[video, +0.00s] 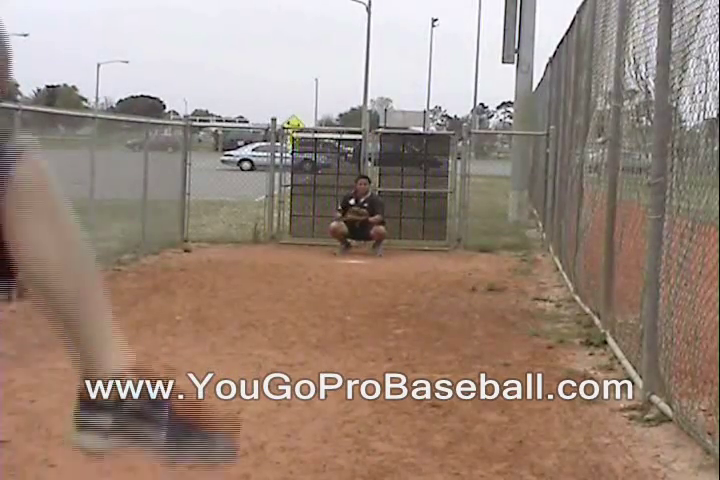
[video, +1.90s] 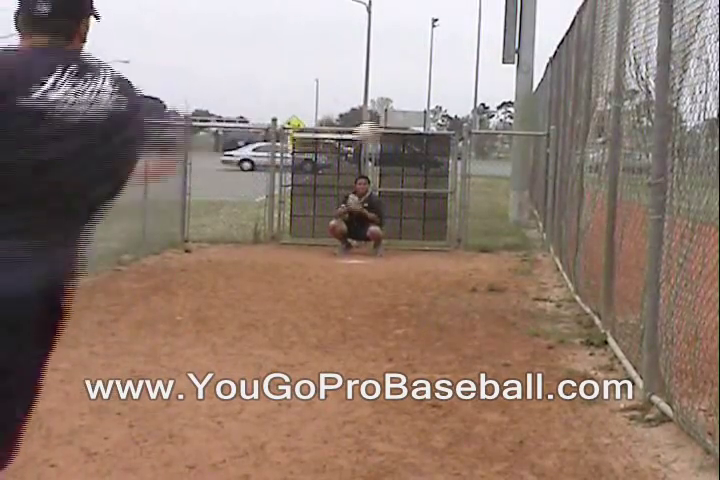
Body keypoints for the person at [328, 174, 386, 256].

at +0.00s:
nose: (362, 187)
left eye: (365, 184)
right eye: (360, 184)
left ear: (369, 186)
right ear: (355, 186)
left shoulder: (375, 200)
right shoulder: (348, 198)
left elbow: (380, 217)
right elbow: (338, 213)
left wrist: (366, 219)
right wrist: (347, 218)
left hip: (367, 227)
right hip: (351, 226)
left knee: (380, 230)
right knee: (334, 227)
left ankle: (376, 245)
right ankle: (345, 244)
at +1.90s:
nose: (362, 187)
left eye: (364, 184)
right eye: (359, 184)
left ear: (368, 186)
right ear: (355, 186)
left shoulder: (373, 200)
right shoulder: (349, 198)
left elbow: (379, 220)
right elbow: (337, 214)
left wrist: (362, 211)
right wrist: (347, 210)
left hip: (366, 226)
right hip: (350, 226)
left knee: (375, 231)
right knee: (333, 225)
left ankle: (377, 245)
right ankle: (346, 244)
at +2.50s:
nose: (359, 189)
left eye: (362, 187)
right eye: (357, 186)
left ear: (366, 189)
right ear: (353, 188)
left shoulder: (372, 199)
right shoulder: (347, 199)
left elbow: (376, 213)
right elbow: (337, 214)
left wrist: (361, 207)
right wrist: (347, 214)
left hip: (367, 228)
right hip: (351, 227)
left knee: (378, 228)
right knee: (334, 225)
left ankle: (377, 246)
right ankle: (346, 245)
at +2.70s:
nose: (357, 192)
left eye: (359, 189)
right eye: (355, 189)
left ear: (363, 191)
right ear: (351, 190)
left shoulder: (369, 199)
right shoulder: (346, 200)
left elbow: (374, 209)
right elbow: (333, 212)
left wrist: (361, 216)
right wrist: (345, 217)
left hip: (365, 228)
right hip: (349, 228)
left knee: (379, 227)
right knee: (334, 225)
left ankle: (378, 246)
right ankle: (346, 245)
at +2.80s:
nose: (356, 193)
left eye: (358, 190)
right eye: (354, 190)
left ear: (363, 191)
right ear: (351, 191)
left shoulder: (368, 200)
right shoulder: (346, 201)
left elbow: (371, 210)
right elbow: (333, 212)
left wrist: (367, 222)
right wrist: (349, 215)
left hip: (366, 228)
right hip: (351, 228)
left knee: (380, 226)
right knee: (335, 224)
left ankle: (379, 246)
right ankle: (346, 245)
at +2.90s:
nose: (356, 193)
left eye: (358, 190)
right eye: (354, 190)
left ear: (362, 192)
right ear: (350, 192)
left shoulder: (369, 201)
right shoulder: (346, 201)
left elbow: (371, 215)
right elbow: (334, 212)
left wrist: (367, 230)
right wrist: (348, 215)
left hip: (366, 228)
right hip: (352, 228)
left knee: (381, 226)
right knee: (335, 224)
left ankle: (380, 246)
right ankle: (346, 245)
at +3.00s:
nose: (355, 192)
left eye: (358, 190)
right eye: (353, 190)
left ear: (362, 191)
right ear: (350, 191)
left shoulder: (369, 202)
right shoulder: (346, 201)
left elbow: (369, 222)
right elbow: (333, 212)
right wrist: (347, 213)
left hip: (366, 227)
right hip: (352, 227)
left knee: (382, 225)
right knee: (336, 223)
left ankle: (382, 246)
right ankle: (346, 246)